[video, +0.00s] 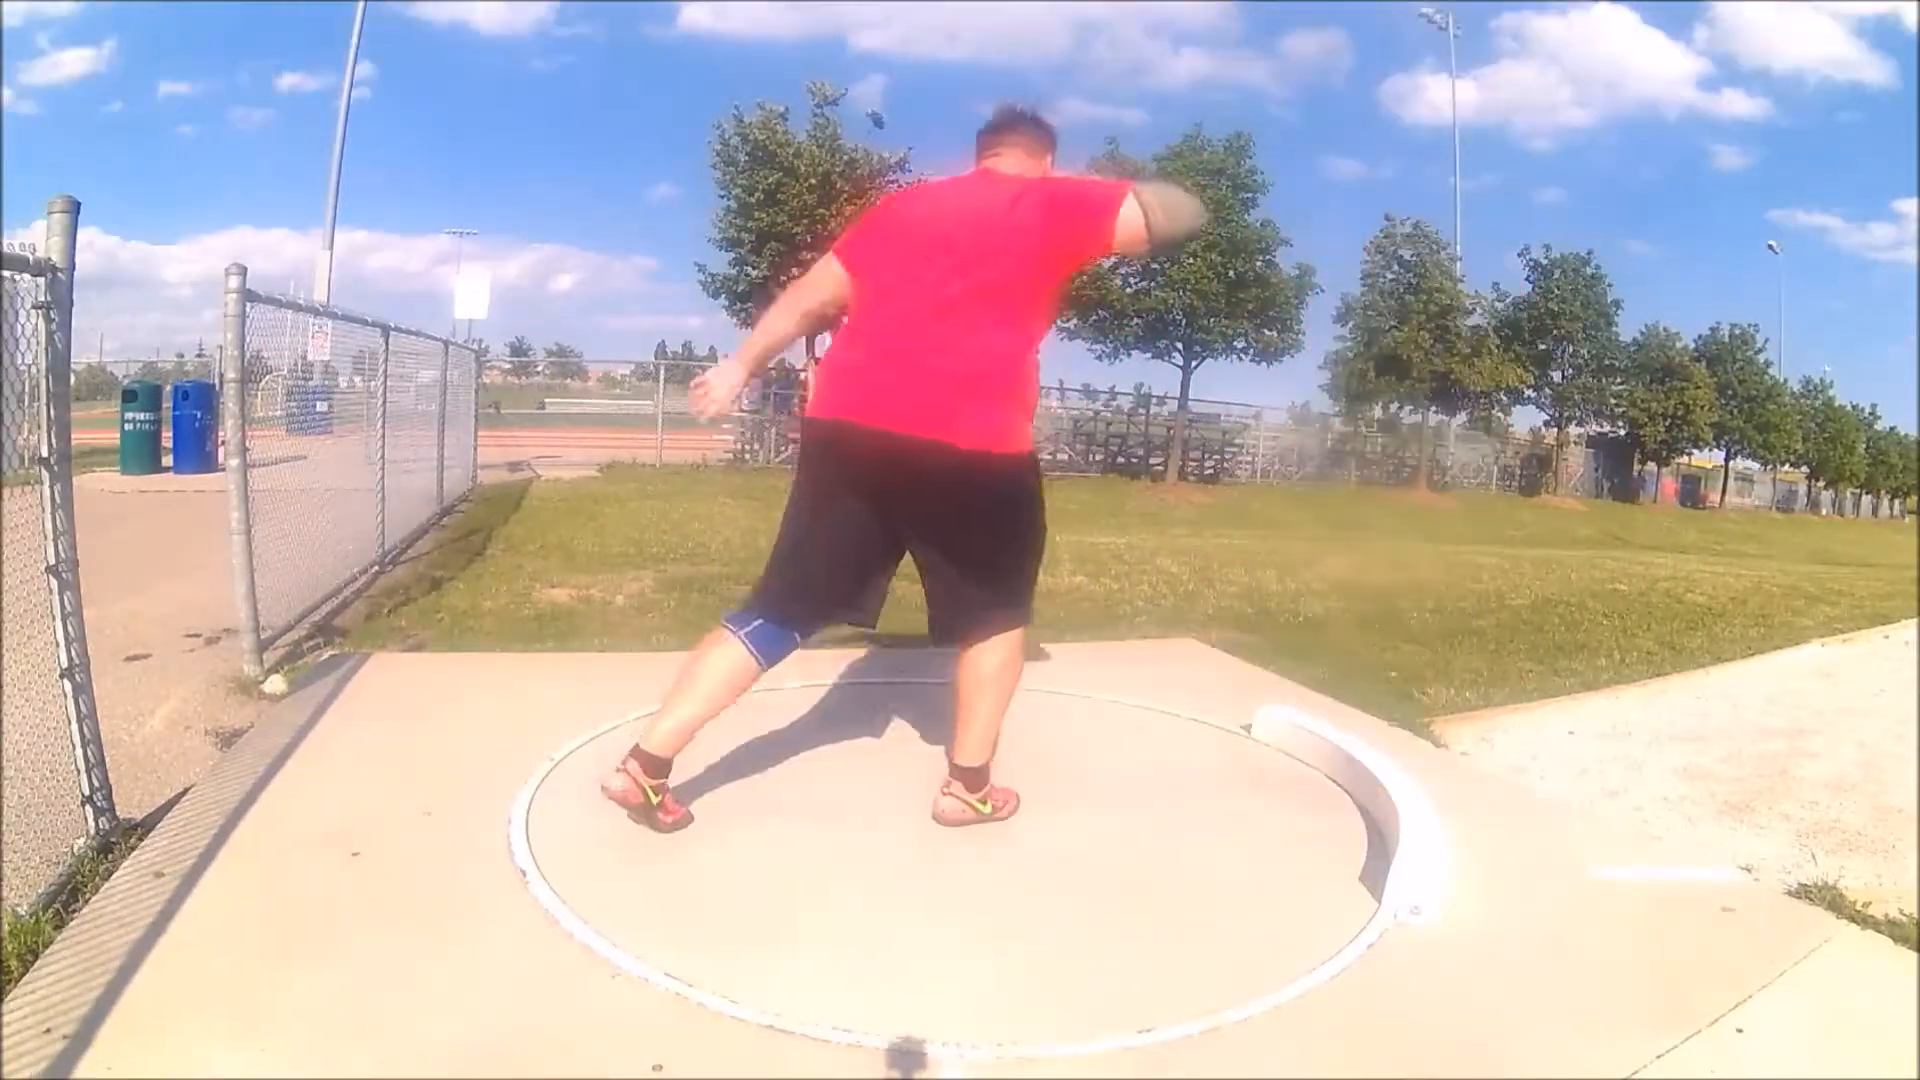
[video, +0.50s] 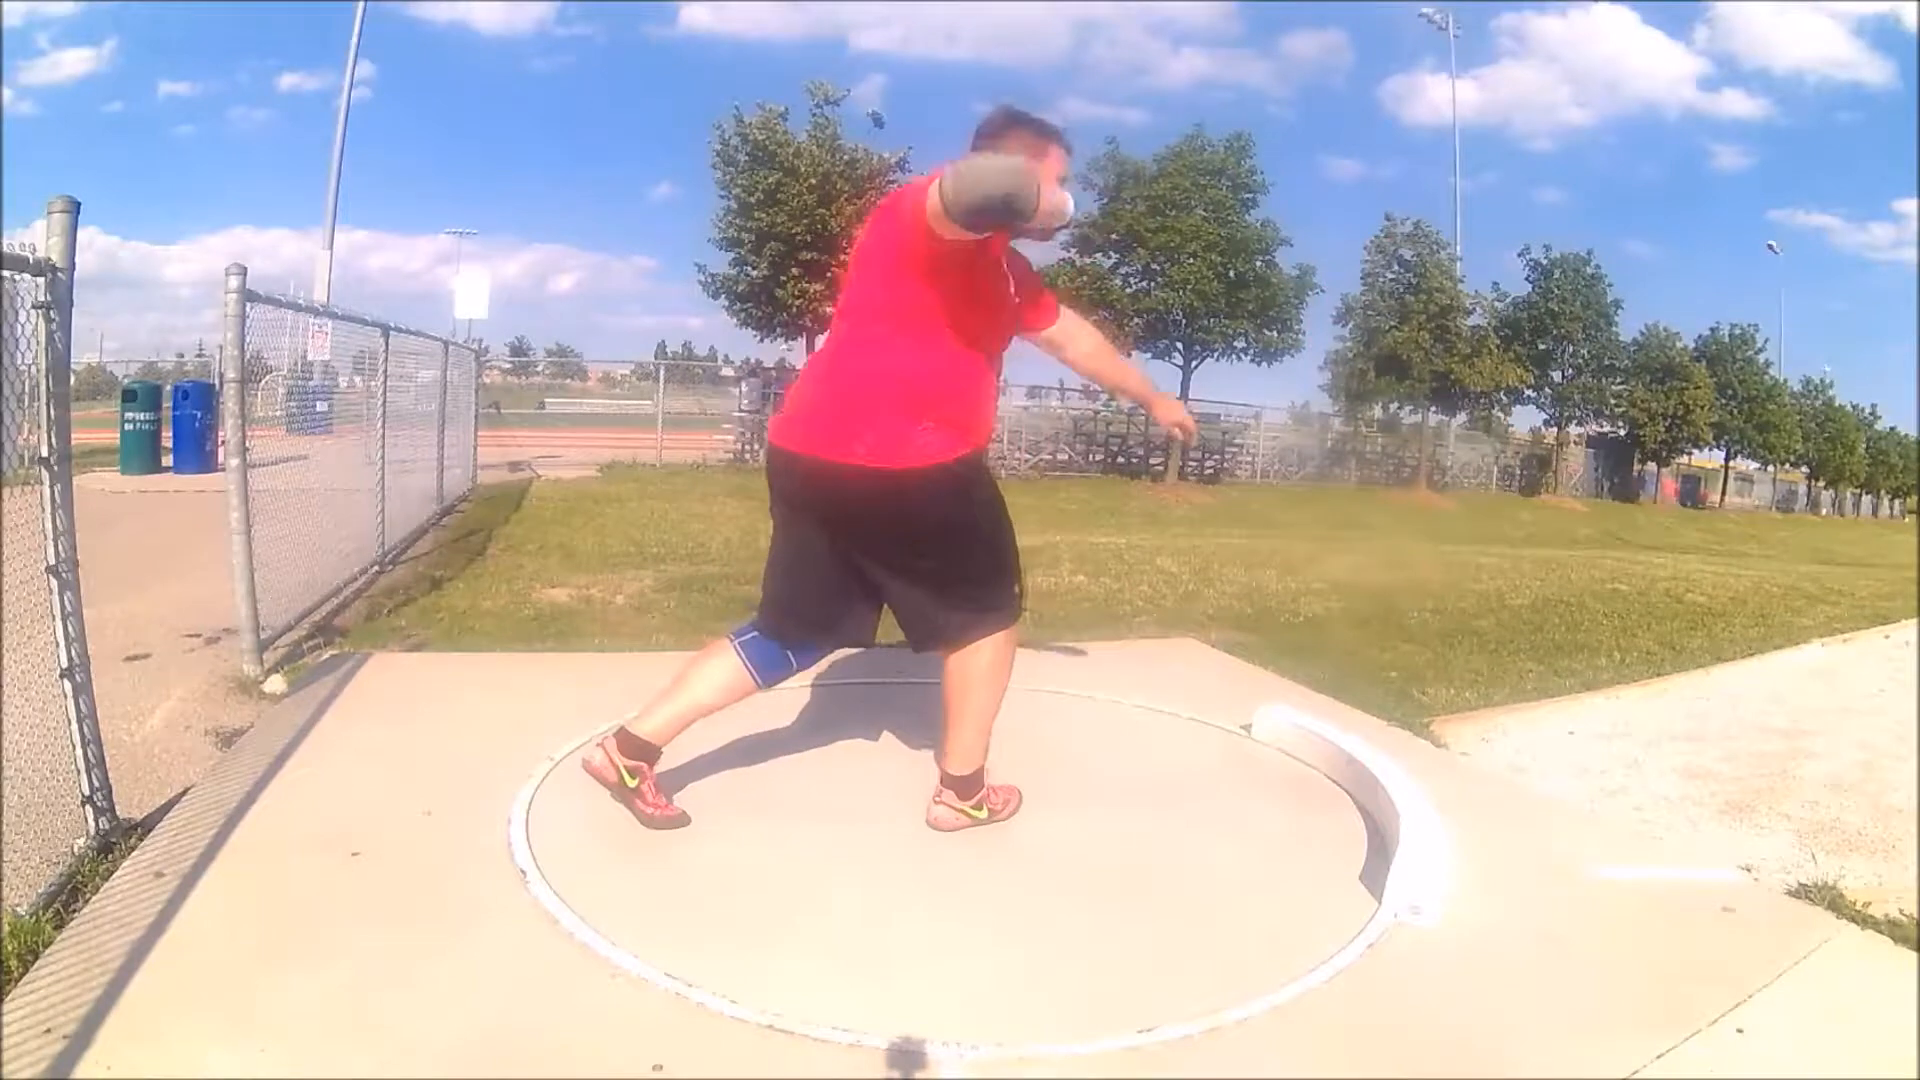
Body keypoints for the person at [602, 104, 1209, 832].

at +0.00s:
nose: (1049, 171)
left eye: (1040, 164)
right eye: (1048, 163)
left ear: (980, 154)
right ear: (1046, 161)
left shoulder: (903, 205)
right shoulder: (1060, 202)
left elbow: (811, 295)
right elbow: (1183, 213)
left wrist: (739, 366)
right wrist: (1119, 187)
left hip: (849, 435)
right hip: (975, 451)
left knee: (778, 607)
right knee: (996, 611)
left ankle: (649, 757)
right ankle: (966, 783)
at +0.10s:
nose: (1057, 174)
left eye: (1050, 166)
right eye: (1056, 165)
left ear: (984, 158)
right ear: (1050, 163)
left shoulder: (910, 212)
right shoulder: (1057, 203)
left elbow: (839, 300)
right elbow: (1176, 216)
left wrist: (775, 369)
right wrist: (1108, 191)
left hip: (844, 441)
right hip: (967, 458)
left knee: (787, 611)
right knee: (998, 611)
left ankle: (646, 756)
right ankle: (967, 783)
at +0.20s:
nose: (1064, 182)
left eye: (1063, 173)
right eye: (1061, 172)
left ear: (987, 164)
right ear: (1045, 166)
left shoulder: (923, 216)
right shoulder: (1041, 204)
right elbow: (1148, 210)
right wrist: (1094, 199)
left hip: (838, 443)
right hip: (961, 461)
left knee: (789, 621)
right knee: (999, 617)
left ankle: (642, 754)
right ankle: (967, 780)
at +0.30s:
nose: (1059, 186)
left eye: (1060, 178)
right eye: (1060, 176)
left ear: (991, 159)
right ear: (1045, 166)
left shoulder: (933, 213)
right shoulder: (1020, 197)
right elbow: (1110, 204)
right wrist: (1091, 220)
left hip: (829, 442)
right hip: (948, 457)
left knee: (791, 626)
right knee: (999, 611)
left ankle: (638, 752)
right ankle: (965, 782)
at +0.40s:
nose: (1059, 189)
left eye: (1064, 177)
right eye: (1056, 175)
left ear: (985, 160)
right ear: (1023, 162)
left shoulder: (921, 216)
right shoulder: (982, 202)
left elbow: (1022, 339)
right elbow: (1052, 190)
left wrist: (1066, 393)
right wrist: (1090, 209)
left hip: (817, 446)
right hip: (931, 459)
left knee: (798, 624)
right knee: (996, 606)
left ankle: (636, 748)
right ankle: (964, 785)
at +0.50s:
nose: (1061, 198)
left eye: (1063, 181)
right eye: (1056, 179)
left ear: (996, 154)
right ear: (1011, 165)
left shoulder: (1002, 268)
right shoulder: (923, 207)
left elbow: (1070, 335)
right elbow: (978, 185)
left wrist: (1152, 395)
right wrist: (1039, 201)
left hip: (809, 454)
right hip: (922, 466)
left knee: (793, 628)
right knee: (987, 613)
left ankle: (634, 743)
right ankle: (960, 788)